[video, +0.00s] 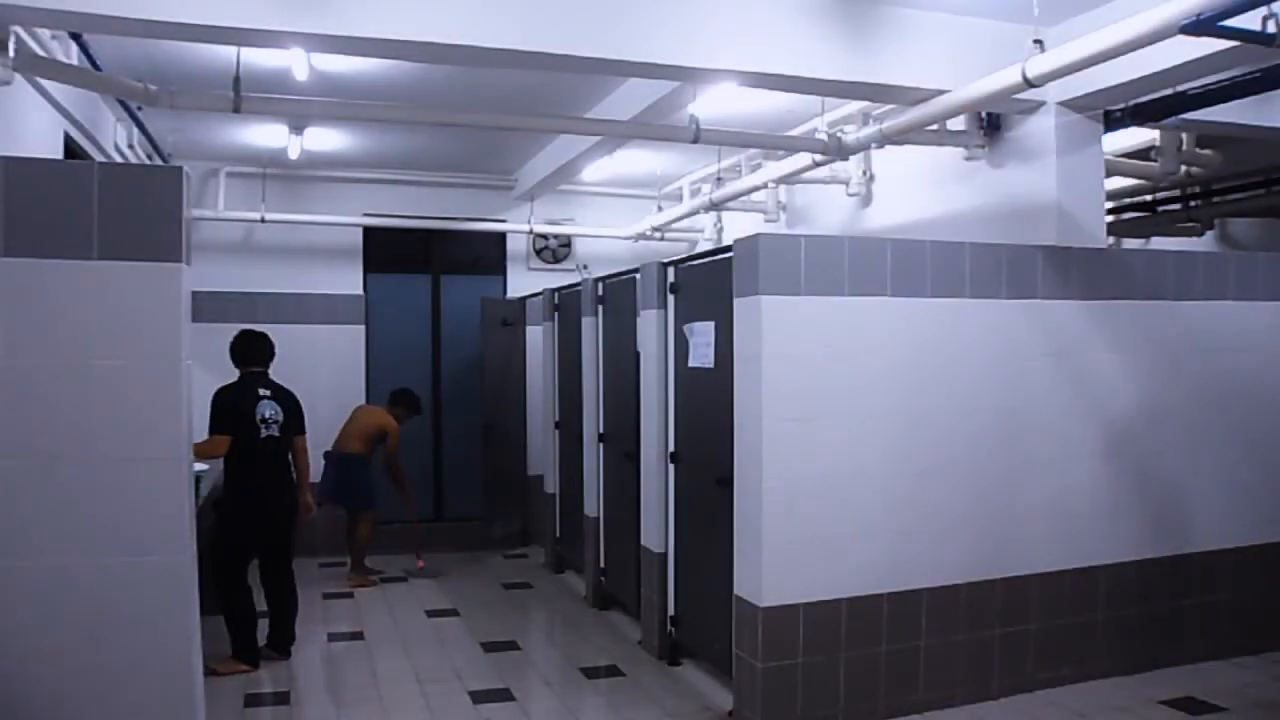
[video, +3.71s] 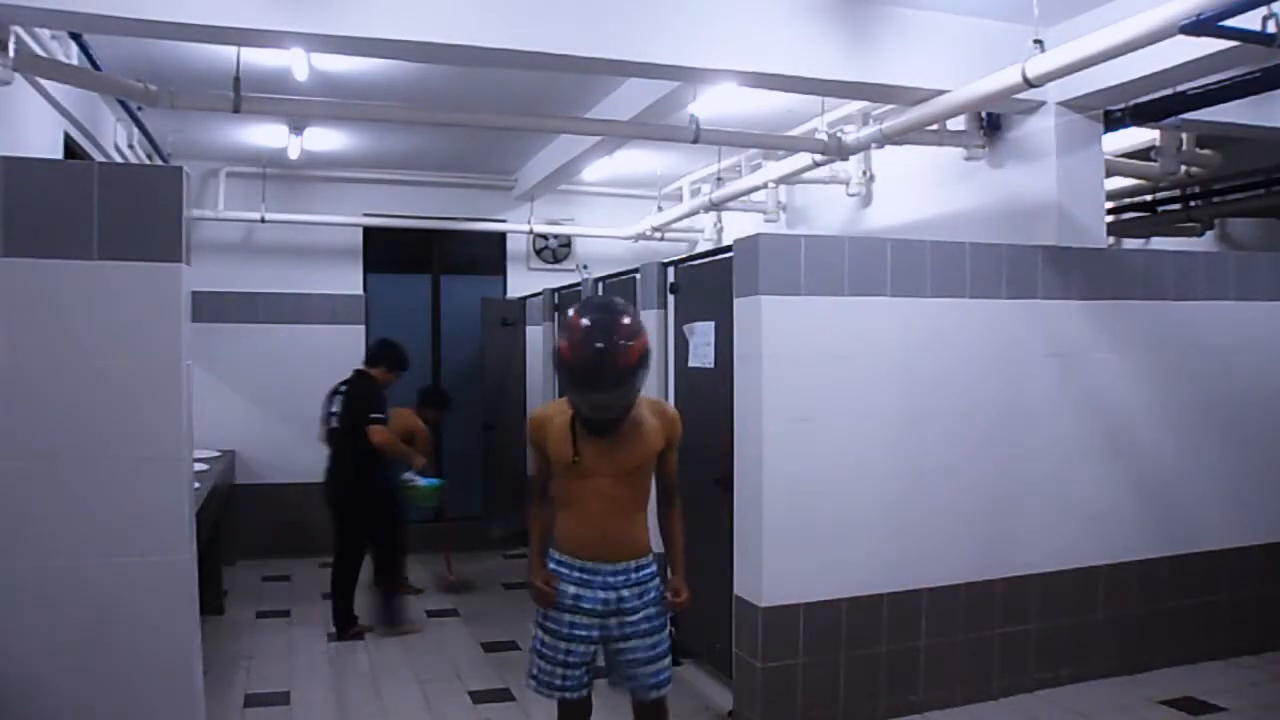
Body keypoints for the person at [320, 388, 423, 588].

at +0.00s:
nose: (405, 421)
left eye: (408, 417)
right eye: (407, 416)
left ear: (391, 402)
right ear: (402, 410)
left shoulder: (362, 410)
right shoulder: (390, 425)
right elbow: (391, 462)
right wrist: (404, 491)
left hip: (335, 462)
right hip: (355, 465)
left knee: (353, 516)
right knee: (365, 517)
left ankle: (357, 564)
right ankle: (357, 572)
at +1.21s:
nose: (416, 421)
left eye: (420, 417)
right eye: (417, 416)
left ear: (404, 405)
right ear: (409, 409)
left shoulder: (383, 413)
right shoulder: (389, 426)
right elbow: (383, 465)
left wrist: (398, 438)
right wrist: (401, 491)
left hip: (352, 465)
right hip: (356, 469)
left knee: (374, 520)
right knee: (367, 522)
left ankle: (370, 567)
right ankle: (362, 577)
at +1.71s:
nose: (435, 423)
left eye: (437, 419)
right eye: (435, 418)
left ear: (422, 408)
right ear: (427, 412)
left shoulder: (401, 417)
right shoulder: (411, 429)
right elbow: (404, 465)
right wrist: (419, 493)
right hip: (372, 468)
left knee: (387, 520)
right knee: (376, 522)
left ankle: (390, 569)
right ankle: (364, 576)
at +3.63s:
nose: (440, 418)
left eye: (442, 414)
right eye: (439, 413)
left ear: (423, 404)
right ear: (432, 410)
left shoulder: (399, 414)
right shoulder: (419, 428)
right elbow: (422, 461)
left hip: (373, 467)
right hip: (386, 473)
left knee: (387, 527)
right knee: (393, 528)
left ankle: (390, 574)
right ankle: (392, 578)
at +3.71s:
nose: (438, 418)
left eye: (440, 412)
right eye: (438, 412)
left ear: (421, 403)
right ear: (431, 409)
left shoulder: (396, 413)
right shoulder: (419, 429)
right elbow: (424, 465)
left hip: (372, 471)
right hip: (388, 479)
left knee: (383, 529)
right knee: (395, 530)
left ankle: (383, 576)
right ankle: (396, 579)